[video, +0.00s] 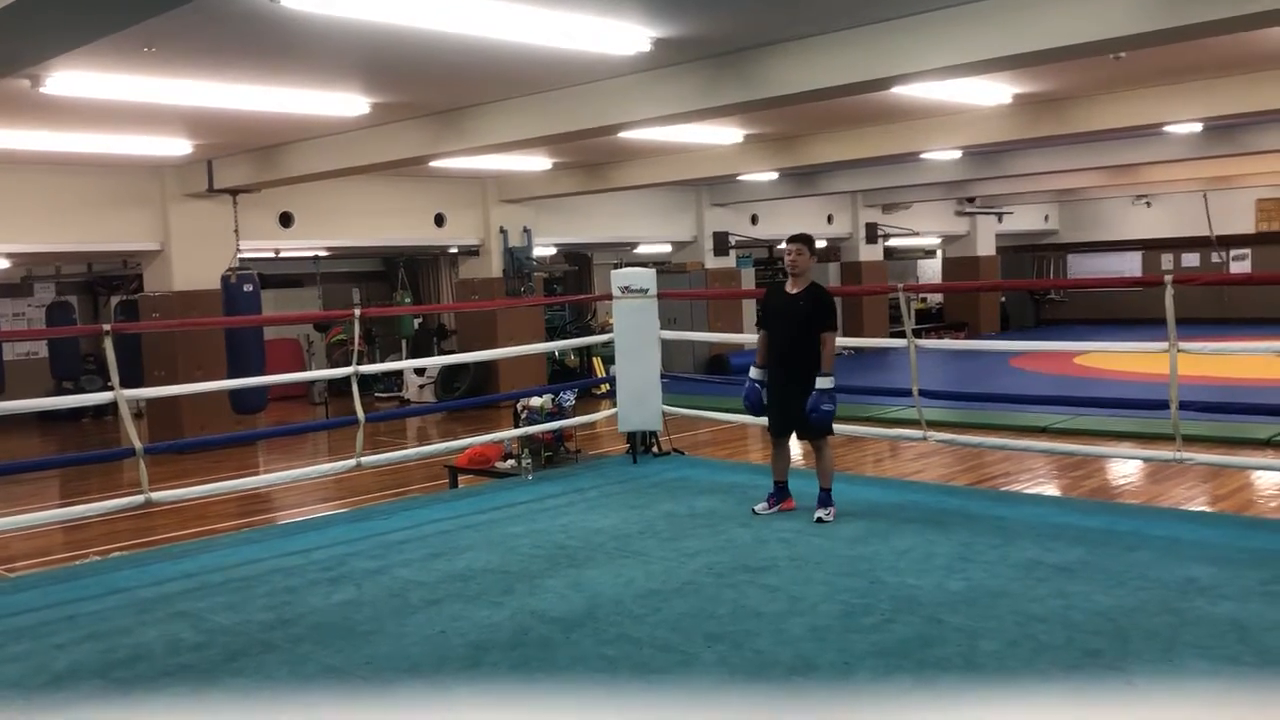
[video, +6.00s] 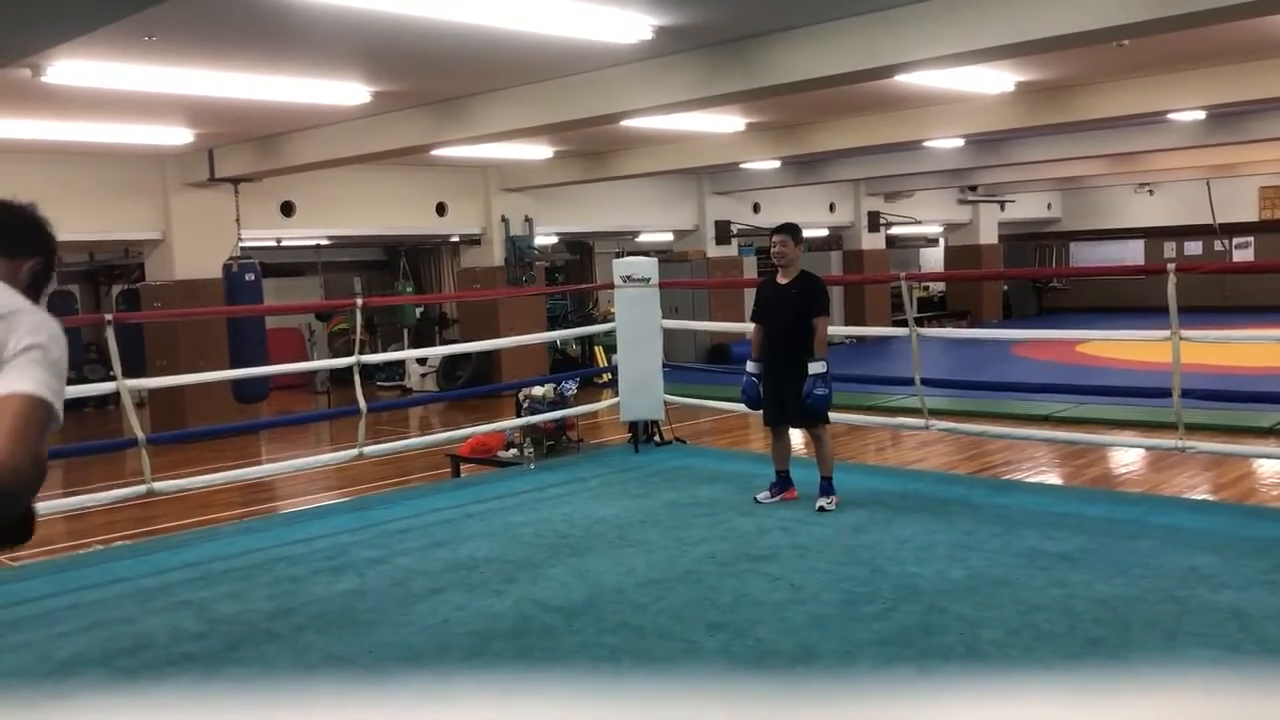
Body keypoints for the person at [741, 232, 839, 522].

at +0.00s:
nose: (792, 258)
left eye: (799, 253)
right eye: (788, 253)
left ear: (812, 259)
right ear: (783, 258)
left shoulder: (822, 298)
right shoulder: (773, 294)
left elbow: (828, 344)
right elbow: (764, 338)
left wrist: (825, 386)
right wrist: (755, 379)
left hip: (810, 383)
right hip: (778, 381)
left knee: (819, 442)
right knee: (778, 438)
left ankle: (825, 499)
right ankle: (780, 493)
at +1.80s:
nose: (777, 250)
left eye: (783, 245)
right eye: (772, 245)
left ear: (795, 249)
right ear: (767, 251)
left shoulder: (810, 284)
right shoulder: (761, 290)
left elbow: (820, 318)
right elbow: (754, 333)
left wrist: (810, 351)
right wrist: (750, 375)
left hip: (801, 367)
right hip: (770, 369)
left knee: (816, 431)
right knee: (775, 430)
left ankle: (825, 490)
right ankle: (781, 485)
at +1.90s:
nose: (778, 251)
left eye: (784, 246)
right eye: (774, 246)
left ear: (797, 251)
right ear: (768, 253)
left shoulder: (810, 285)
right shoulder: (762, 291)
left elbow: (817, 321)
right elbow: (755, 336)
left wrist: (799, 329)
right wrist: (750, 377)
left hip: (804, 370)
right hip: (772, 371)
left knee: (817, 430)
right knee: (776, 429)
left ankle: (825, 491)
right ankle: (781, 485)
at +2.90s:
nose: (775, 249)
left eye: (781, 244)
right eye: (771, 244)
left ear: (794, 248)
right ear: (766, 251)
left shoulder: (807, 284)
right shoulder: (762, 289)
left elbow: (817, 328)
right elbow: (758, 332)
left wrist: (822, 367)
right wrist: (753, 372)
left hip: (803, 370)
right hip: (773, 371)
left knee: (815, 429)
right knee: (776, 428)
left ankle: (825, 487)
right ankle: (781, 482)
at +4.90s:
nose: (774, 252)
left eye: (780, 246)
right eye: (770, 247)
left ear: (794, 249)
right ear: (766, 251)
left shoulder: (808, 285)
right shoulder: (761, 288)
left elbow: (816, 330)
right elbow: (754, 333)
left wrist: (815, 372)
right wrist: (748, 374)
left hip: (801, 371)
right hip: (770, 371)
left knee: (813, 431)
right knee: (774, 429)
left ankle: (824, 490)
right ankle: (780, 484)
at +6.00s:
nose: (776, 250)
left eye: (783, 245)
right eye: (773, 245)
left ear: (798, 248)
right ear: (770, 250)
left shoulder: (813, 285)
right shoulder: (766, 286)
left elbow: (821, 329)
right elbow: (758, 330)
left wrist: (819, 372)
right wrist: (752, 372)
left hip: (804, 370)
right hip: (773, 370)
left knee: (817, 430)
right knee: (777, 428)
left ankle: (826, 488)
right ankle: (783, 483)